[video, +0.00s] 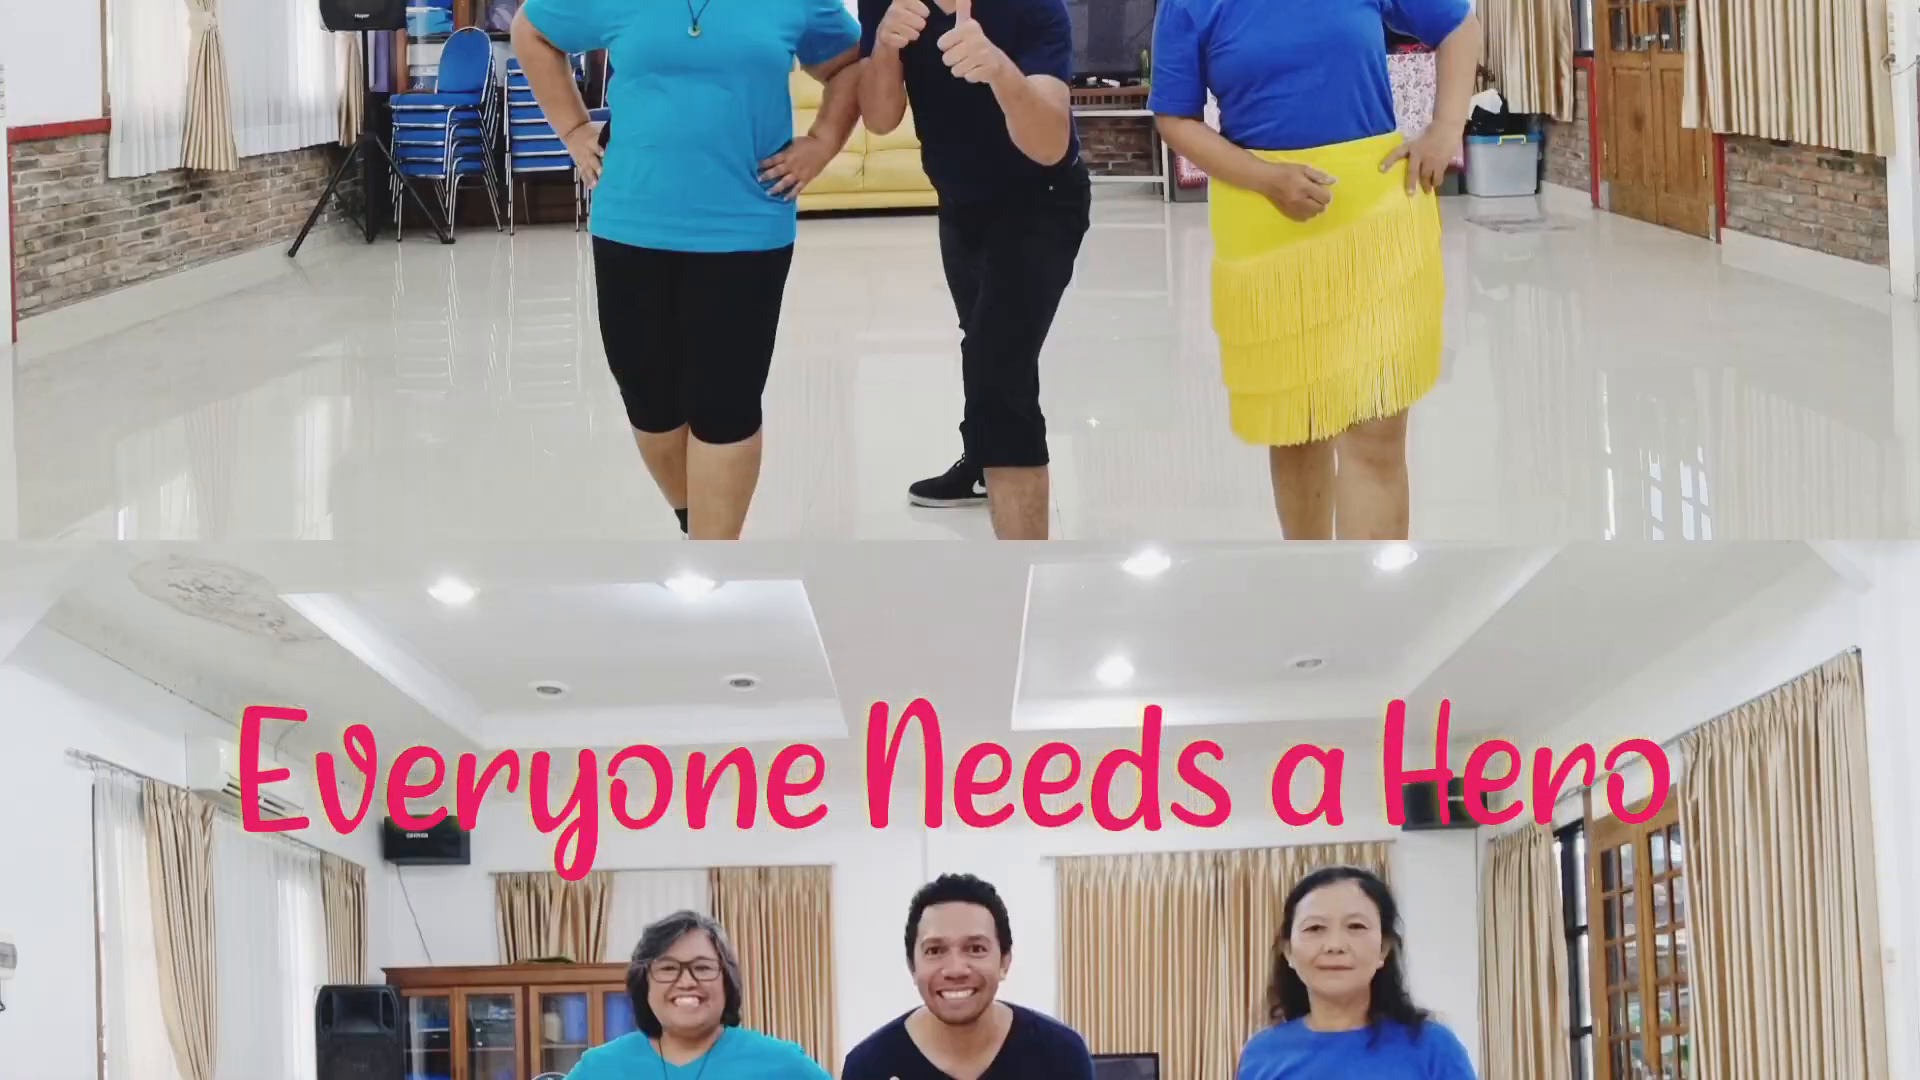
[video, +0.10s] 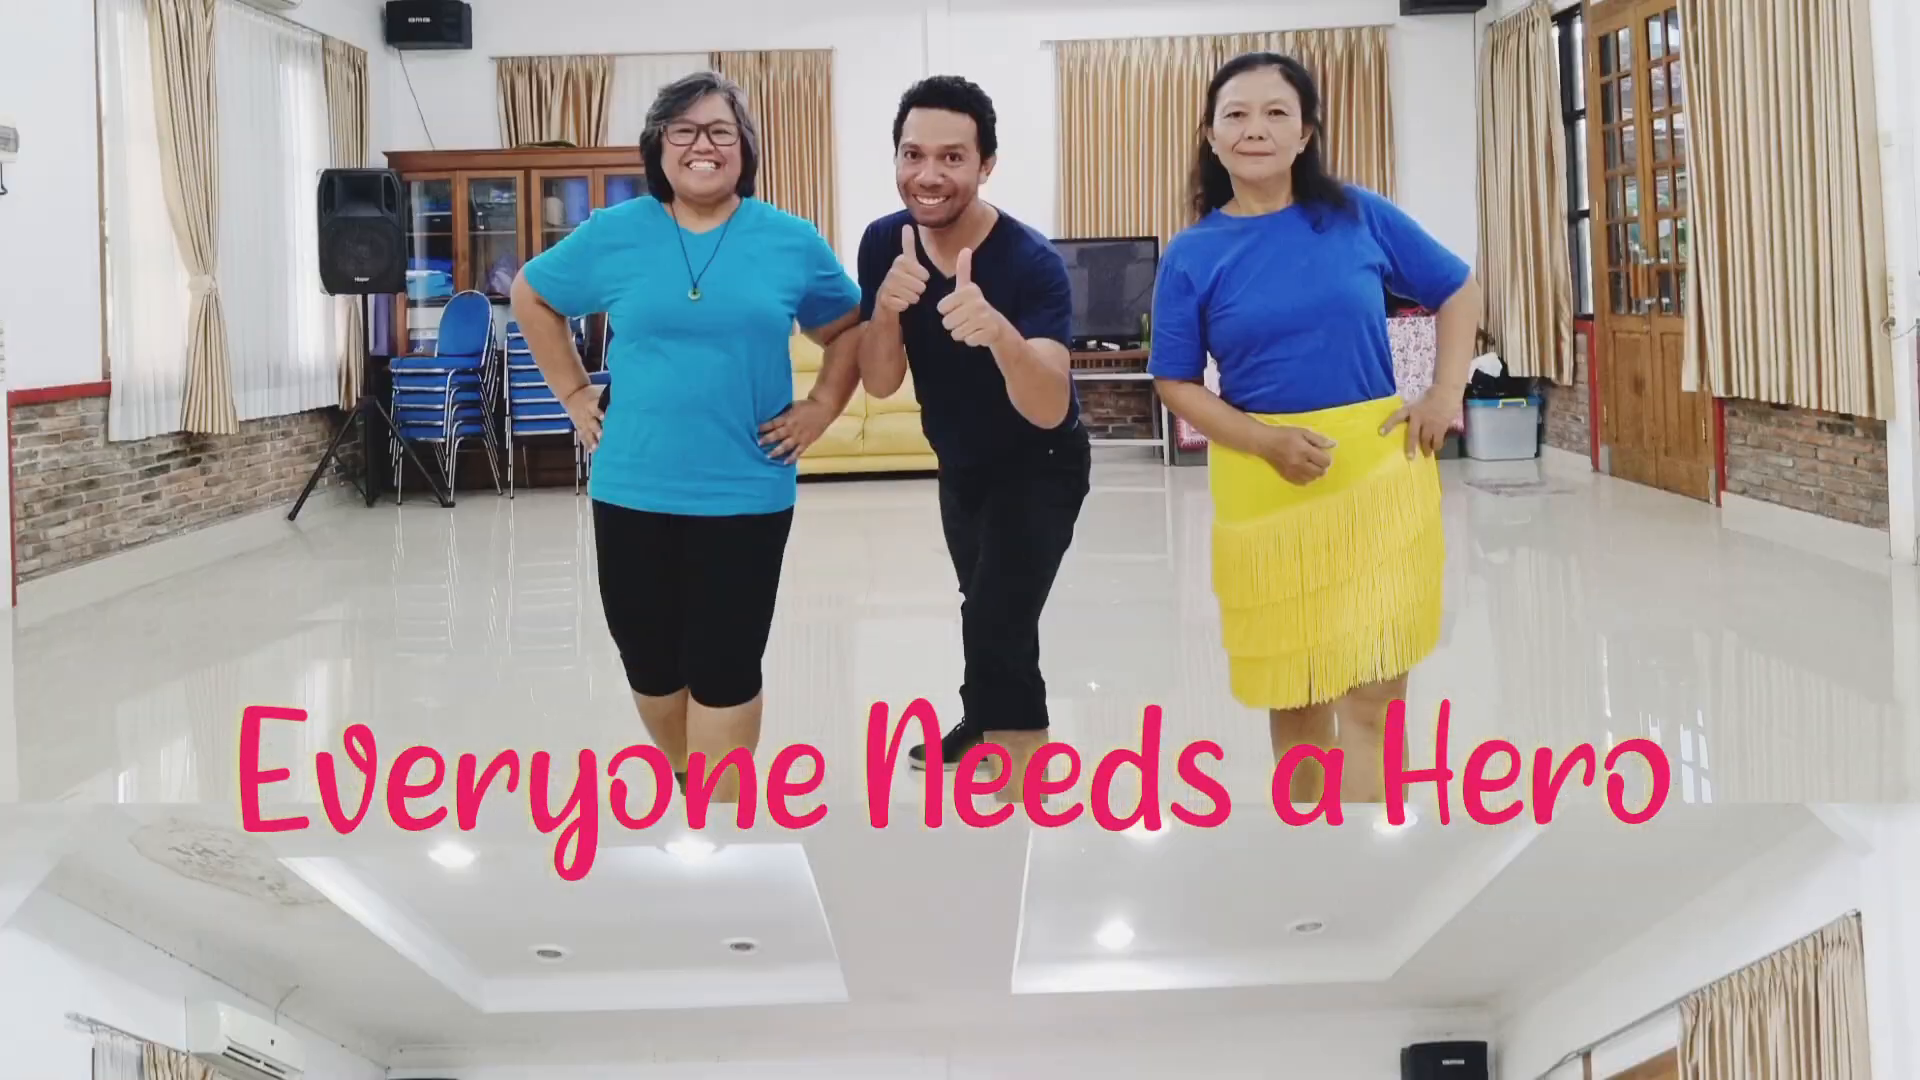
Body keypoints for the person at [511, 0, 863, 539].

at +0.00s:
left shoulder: (797, 6)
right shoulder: (614, 5)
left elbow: (849, 65)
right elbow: (530, 29)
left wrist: (821, 144)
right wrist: (575, 128)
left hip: (745, 227)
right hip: (631, 223)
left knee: (724, 413)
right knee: (653, 411)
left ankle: (707, 577)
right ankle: (695, 526)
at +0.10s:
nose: (703, 144)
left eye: (720, 132)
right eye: (686, 131)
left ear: (746, 150)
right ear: (659, 149)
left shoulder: (790, 241)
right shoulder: (615, 232)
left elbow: (848, 331)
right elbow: (530, 294)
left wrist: (822, 406)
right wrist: (573, 393)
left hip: (744, 499)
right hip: (632, 495)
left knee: (723, 682)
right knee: (654, 678)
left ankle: (720, 834)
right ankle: (685, 797)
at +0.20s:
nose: (703, 304)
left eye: (720, 292)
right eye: (686, 291)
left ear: (746, 310)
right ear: (659, 309)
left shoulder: (789, 401)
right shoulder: (614, 393)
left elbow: (848, 491)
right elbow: (530, 453)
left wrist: (822, 566)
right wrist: (574, 553)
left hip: (745, 657)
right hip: (633, 653)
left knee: (725, 837)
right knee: (654, 837)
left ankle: (707, 997)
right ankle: (700, 958)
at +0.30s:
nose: (703, 386)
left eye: (720, 374)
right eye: (686, 374)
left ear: (746, 391)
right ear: (660, 391)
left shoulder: (789, 483)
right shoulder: (616, 475)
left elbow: (848, 574)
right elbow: (530, 535)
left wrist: (822, 648)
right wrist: (574, 635)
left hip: (743, 744)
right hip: (632, 741)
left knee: (724, 928)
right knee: (657, 927)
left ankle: (711, 1064)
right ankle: (702, 1041)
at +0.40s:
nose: (703, 417)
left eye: (720, 404)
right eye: (685, 404)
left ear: (746, 422)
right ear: (659, 421)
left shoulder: (790, 514)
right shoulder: (615, 505)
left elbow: (848, 604)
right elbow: (530, 565)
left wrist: (821, 679)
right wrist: (574, 666)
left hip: (743, 778)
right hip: (632, 774)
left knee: (724, 956)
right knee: (656, 955)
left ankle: (715, 1079)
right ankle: (701, 1063)